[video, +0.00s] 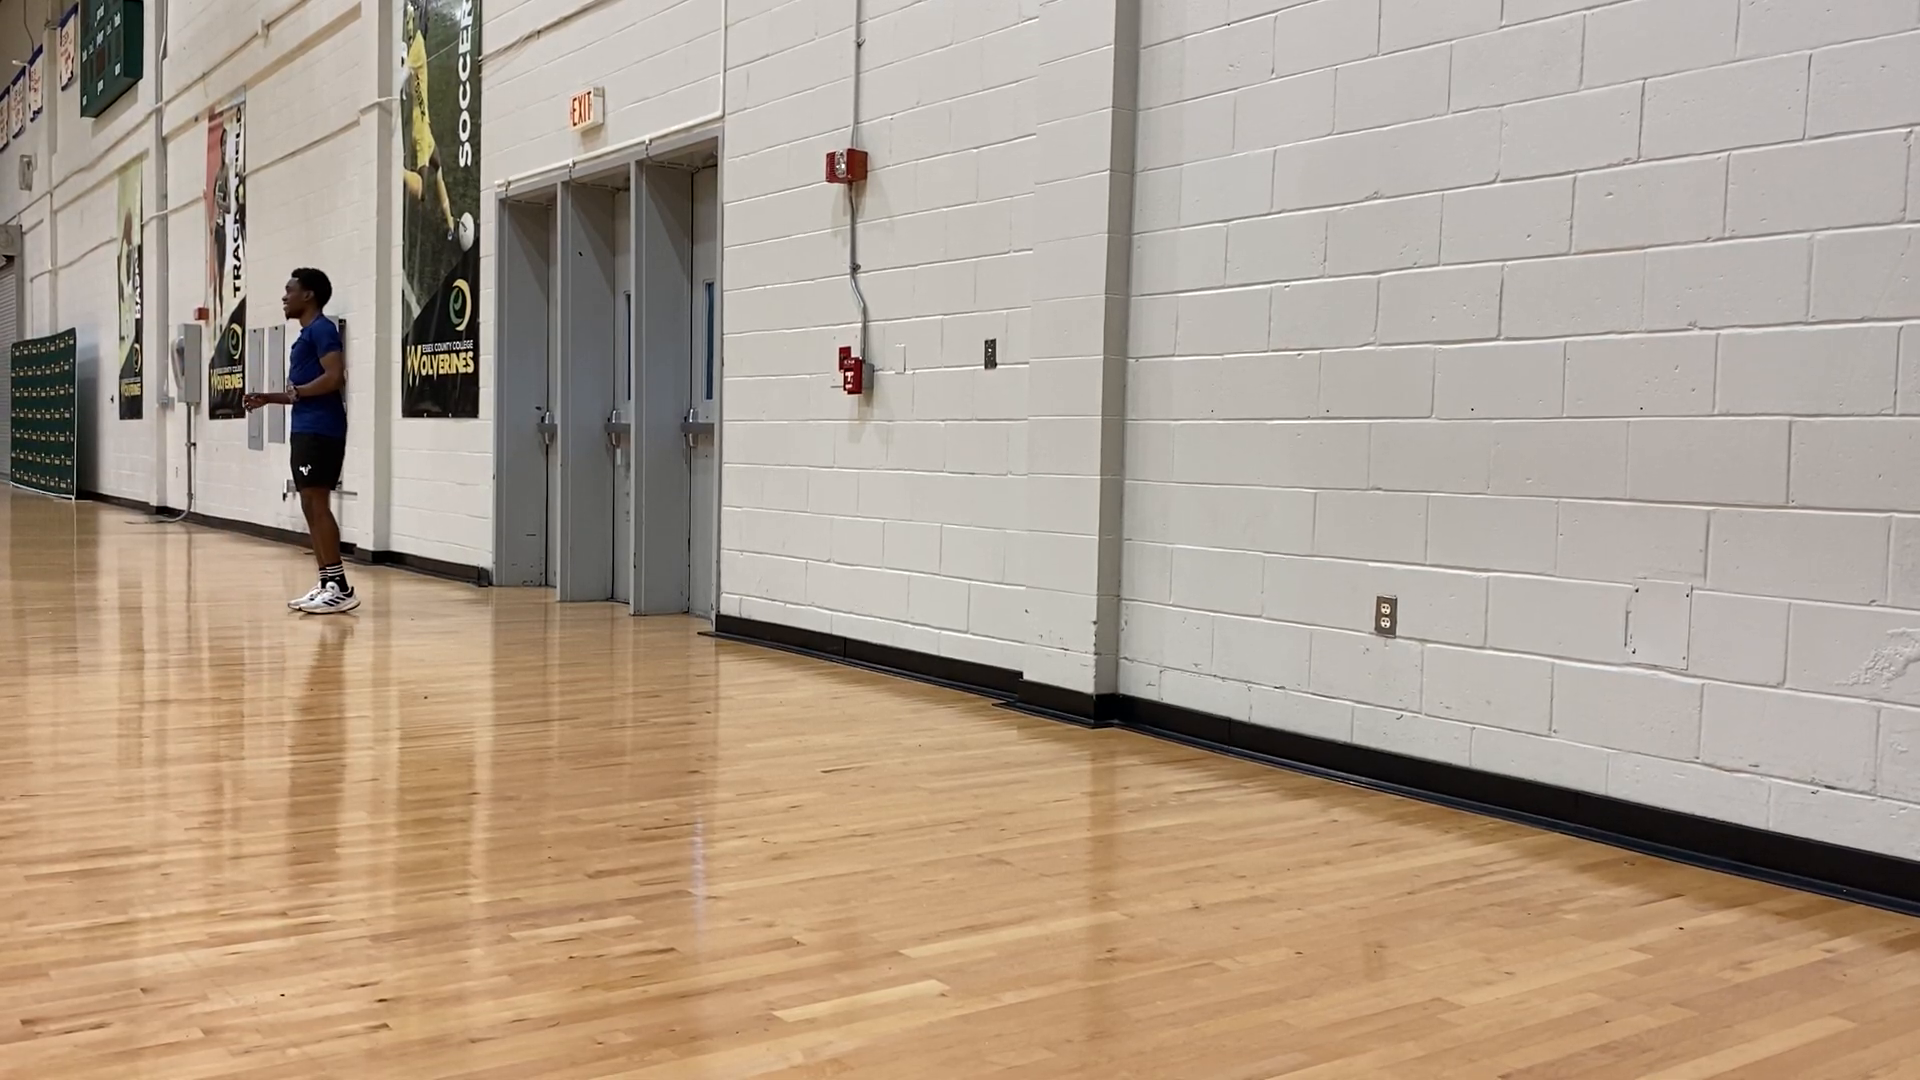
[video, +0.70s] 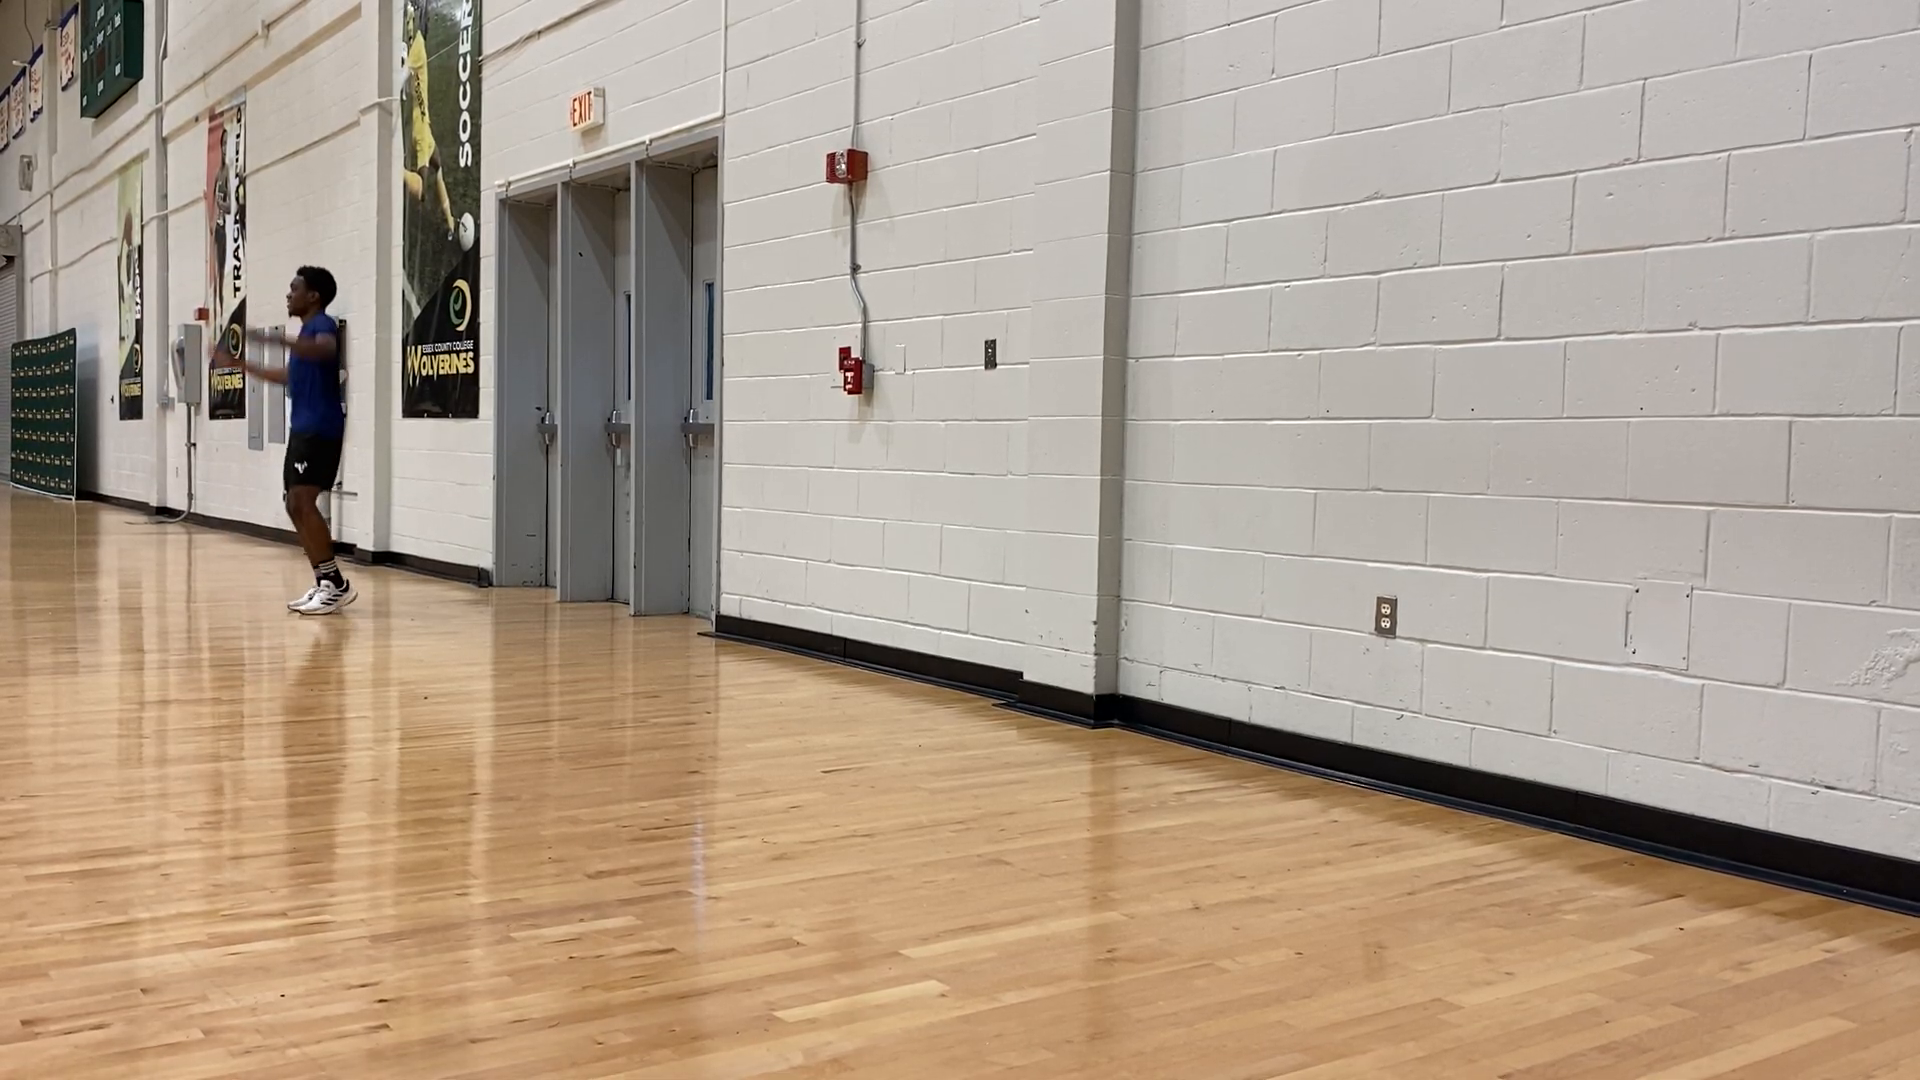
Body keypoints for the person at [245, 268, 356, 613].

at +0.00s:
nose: (283, 296)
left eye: (289, 290)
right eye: (285, 290)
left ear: (308, 295)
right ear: (305, 296)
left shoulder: (322, 329)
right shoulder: (305, 335)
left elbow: (335, 377)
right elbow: (301, 393)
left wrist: (297, 391)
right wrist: (266, 398)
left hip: (321, 432)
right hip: (306, 432)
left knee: (317, 507)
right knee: (311, 507)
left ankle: (338, 587)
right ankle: (327, 585)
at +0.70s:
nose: (288, 295)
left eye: (294, 289)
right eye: (290, 289)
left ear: (314, 296)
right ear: (310, 296)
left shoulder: (321, 322)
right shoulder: (304, 333)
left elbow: (325, 348)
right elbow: (287, 376)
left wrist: (278, 340)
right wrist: (238, 364)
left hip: (320, 430)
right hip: (304, 430)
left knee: (302, 503)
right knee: (294, 505)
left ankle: (334, 584)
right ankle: (326, 582)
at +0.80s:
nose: (287, 281)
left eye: (293, 276)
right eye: (288, 276)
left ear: (313, 282)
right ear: (301, 282)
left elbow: (304, 288)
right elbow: (272, 328)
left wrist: (266, 267)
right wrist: (245, 289)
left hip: (318, 412)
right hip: (298, 413)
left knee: (307, 490)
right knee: (297, 493)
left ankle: (336, 575)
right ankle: (317, 575)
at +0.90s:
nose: (285, 285)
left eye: (292, 280)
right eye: (286, 280)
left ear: (307, 286)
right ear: (291, 288)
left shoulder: (316, 311)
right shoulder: (298, 314)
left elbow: (320, 273)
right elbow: (276, 292)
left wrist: (284, 237)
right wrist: (267, 248)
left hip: (315, 410)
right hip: (298, 411)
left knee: (307, 494)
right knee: (291, 497)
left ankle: (335, 577)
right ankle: (317, 577)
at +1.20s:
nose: (284, 271)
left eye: (292, 267)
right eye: (287, 266)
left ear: (308, 277)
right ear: (296, 277)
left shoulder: (315, 308)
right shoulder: (289, 312)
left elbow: (316, 287)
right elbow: (272, 314)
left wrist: (288, 256)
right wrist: (249, 289)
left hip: (308, 407)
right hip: (289, 408)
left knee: (302, 487)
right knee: (288, 489)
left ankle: (327, 571)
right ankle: (311, 570)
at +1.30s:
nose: (286, 275)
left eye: (291, 270)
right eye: (289, 269)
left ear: (302, 277)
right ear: (306, 279)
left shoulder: (310, 304)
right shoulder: (294, 313)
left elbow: (325, 337)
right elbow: (281, 360)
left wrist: (288, 342)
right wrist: (242, 356)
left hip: (304, 407)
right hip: (288, 407)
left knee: (292, 489)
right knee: (288, 490)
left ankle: (317, 573)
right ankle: (311, 572)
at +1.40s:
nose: (275, 302)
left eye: (280, 295)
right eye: (277, 295)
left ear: (290, 299)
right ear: (293, 300)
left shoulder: (306, 331)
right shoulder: (288, 336)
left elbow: (326, 383)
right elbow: (288, 399)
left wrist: (294, 417)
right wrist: (259, 425)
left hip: (307, 428)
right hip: (290, 427)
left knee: (279, 506)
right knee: (276, 507)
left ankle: (320, 584)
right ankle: (318, 584)